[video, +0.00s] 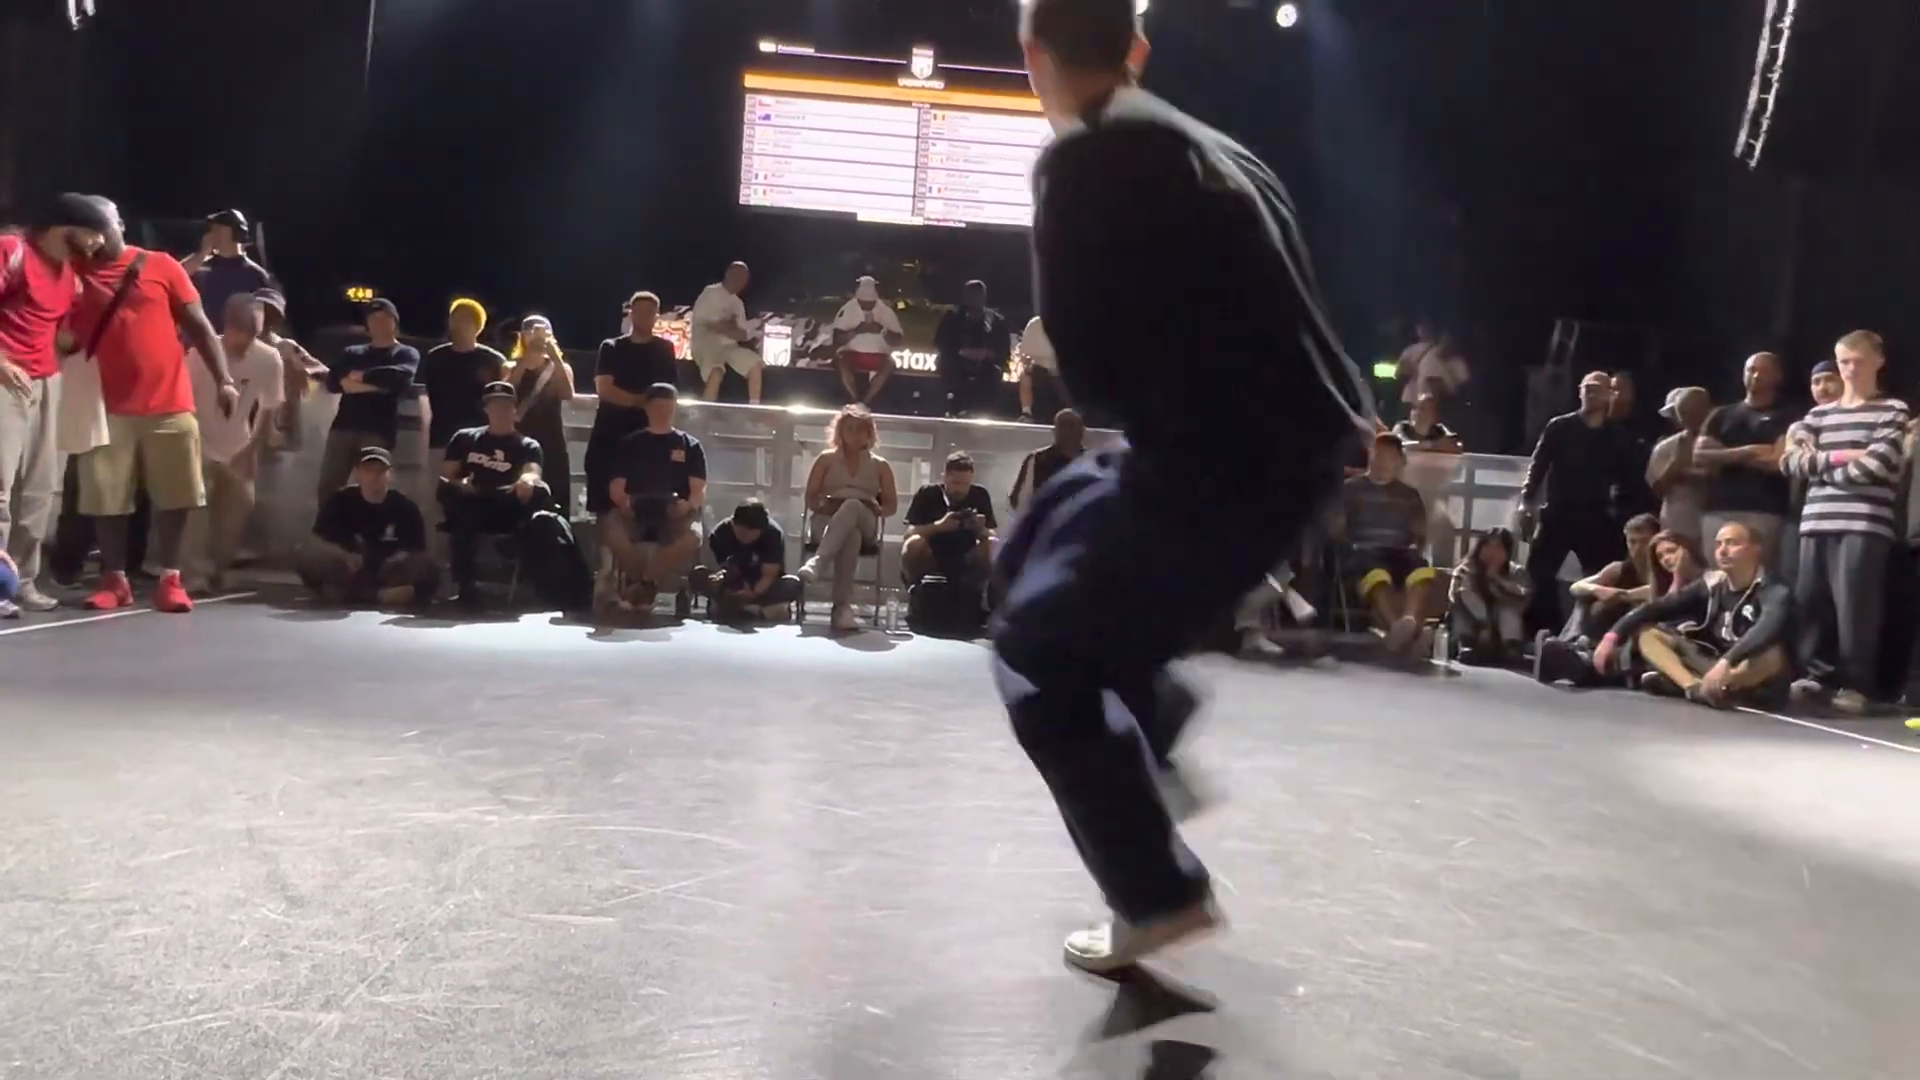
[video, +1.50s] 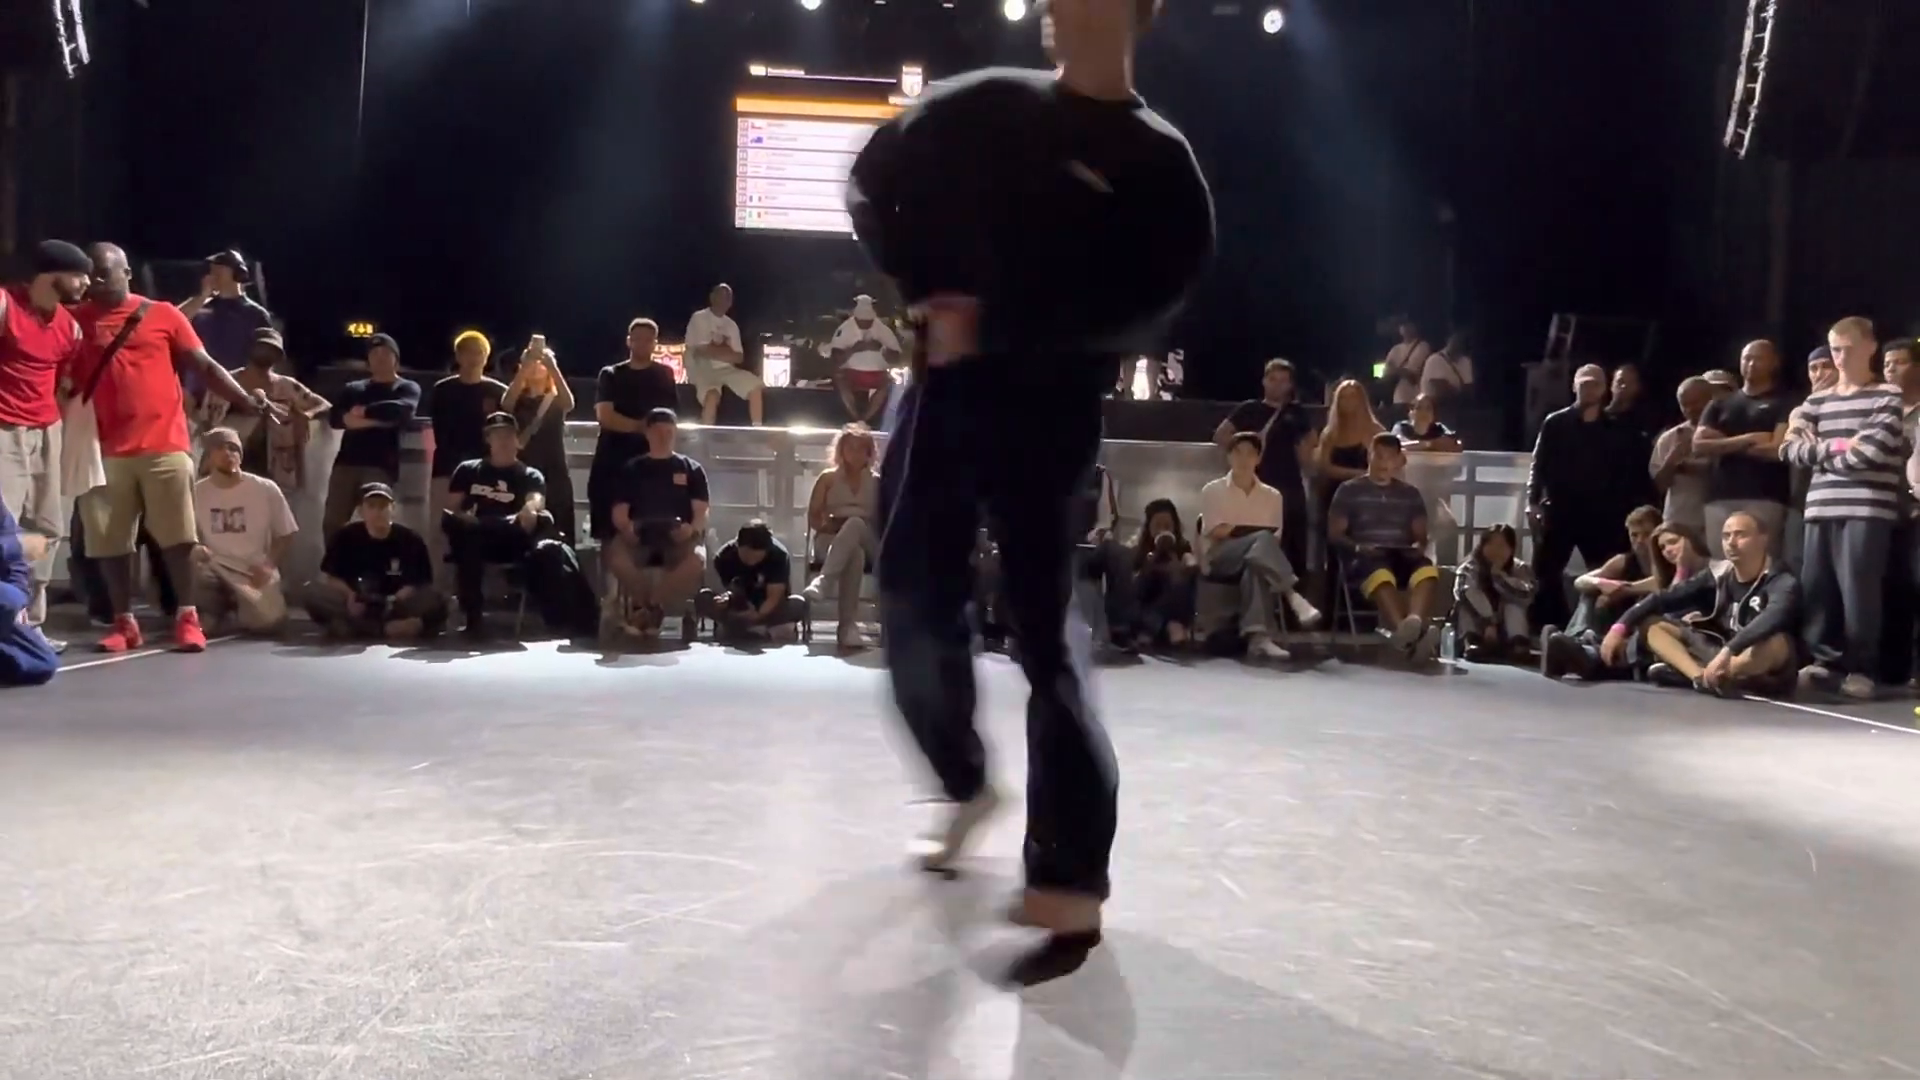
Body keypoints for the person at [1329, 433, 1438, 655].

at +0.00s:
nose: (1382, 462)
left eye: (1389, 457)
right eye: (1378, 455)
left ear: (1399, 462)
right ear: (1370, 458)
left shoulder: (1410, 495)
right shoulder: (1350, 489)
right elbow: (1337, 528)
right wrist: (1347, 550)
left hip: (1400, 551)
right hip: (1365, 549)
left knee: (1422, 576)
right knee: (1378, 580)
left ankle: (1408, 631)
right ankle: (1401, 637)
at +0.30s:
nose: (1380, 465)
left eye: (1387, 460)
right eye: (1376, 458)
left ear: (1397, 464)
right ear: (1368, 459)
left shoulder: (1407, 496)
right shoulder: (1345, 491)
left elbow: (1416, 537)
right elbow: (1332, 534)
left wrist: (1412, 549)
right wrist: (1352, 550)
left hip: (1398, 552)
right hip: (1362, 550)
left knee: (1421, 574)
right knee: (1376, 581)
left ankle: (1405, 631)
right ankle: (1402, 641)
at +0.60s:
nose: (1376, 450)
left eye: (1383, 445)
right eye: (1373, 444)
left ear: (1393, 449)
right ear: (1364, 444)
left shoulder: (1402, 480)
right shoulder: (1341, 477)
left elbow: (1412, 524)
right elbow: (1327, 521)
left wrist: (1406, 536)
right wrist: (1352, 535)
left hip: (1393, 537)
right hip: (1359, 536)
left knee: (1417, 558)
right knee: (1371, 563)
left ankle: (1403, 614)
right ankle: (1397, 622)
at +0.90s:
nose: (1380, 463)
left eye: (1387, 458)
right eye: (1376, 457)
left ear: (1397, 462)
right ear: (1368, 458)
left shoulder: (1407, 494)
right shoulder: (1347, 490)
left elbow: (1417, 537)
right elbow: (1332, 534)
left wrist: (1413, 549)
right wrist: (1357, 548)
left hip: (1400, 550)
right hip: (1366, 549)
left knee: (1424, 573)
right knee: (1379, 579)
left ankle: (1409, 627)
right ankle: (1403, 637)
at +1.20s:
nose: (1381, 463)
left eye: (1387, 458)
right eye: (1376, 457)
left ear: (1397, 461)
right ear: (1368, 458)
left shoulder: (1408, 494)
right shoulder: (1347, 490)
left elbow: (1418, 537)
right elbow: (1333, 534)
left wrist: (1414, 548)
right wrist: (1357, 548)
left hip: (1400, 551)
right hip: (1367, 549)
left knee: (1425, 572)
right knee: (1379, 578)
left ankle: (1410, 628)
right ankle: (1405, 637)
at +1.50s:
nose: (1382, 463)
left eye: (1389, 457)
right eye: (1378, 456)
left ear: (1400, 461)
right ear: (1369, 458)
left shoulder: (1410, 494)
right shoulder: (1349, 490)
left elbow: (1421, 537)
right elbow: (1335, 534)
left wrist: (1416, 548)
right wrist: (1359, 548)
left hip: (1402, 551)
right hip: (1368, 550)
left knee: (1427, 572)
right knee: (1381, 578)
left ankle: (1412, 629)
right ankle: (1409, 638)